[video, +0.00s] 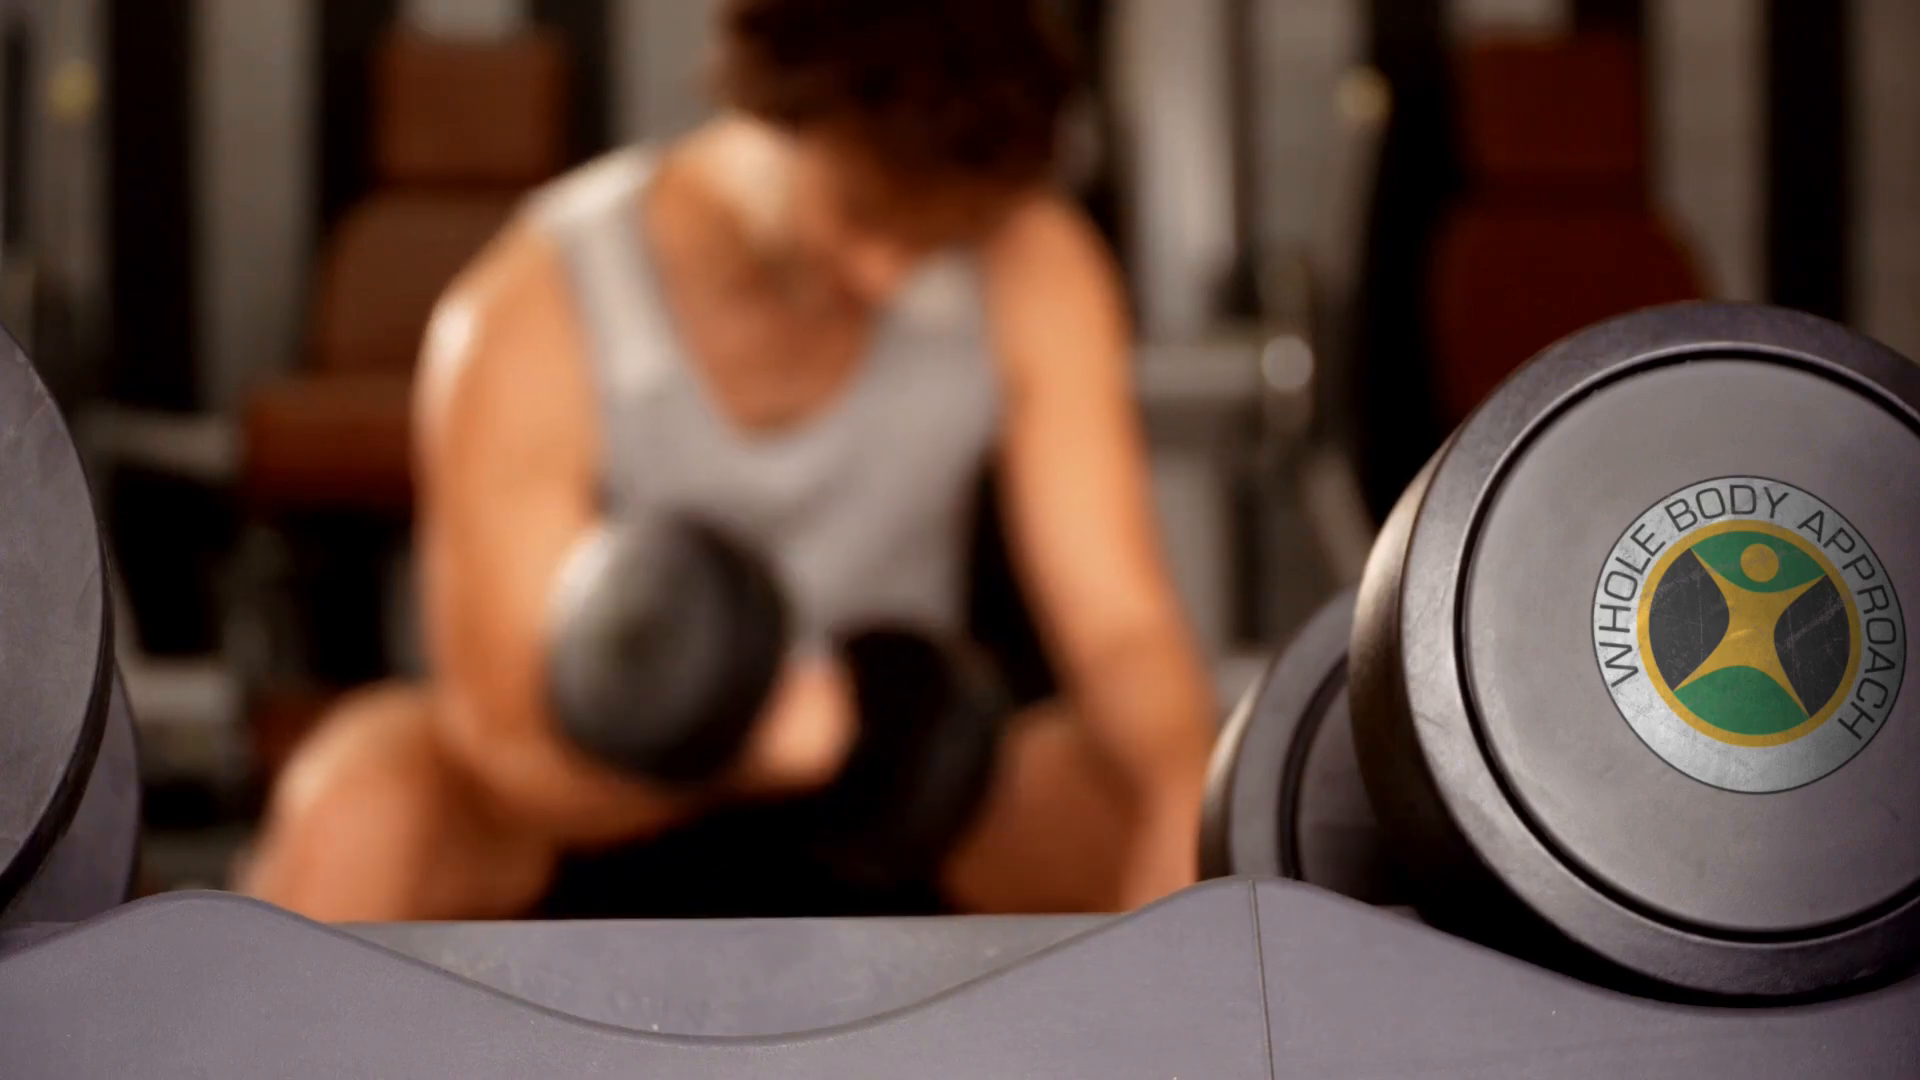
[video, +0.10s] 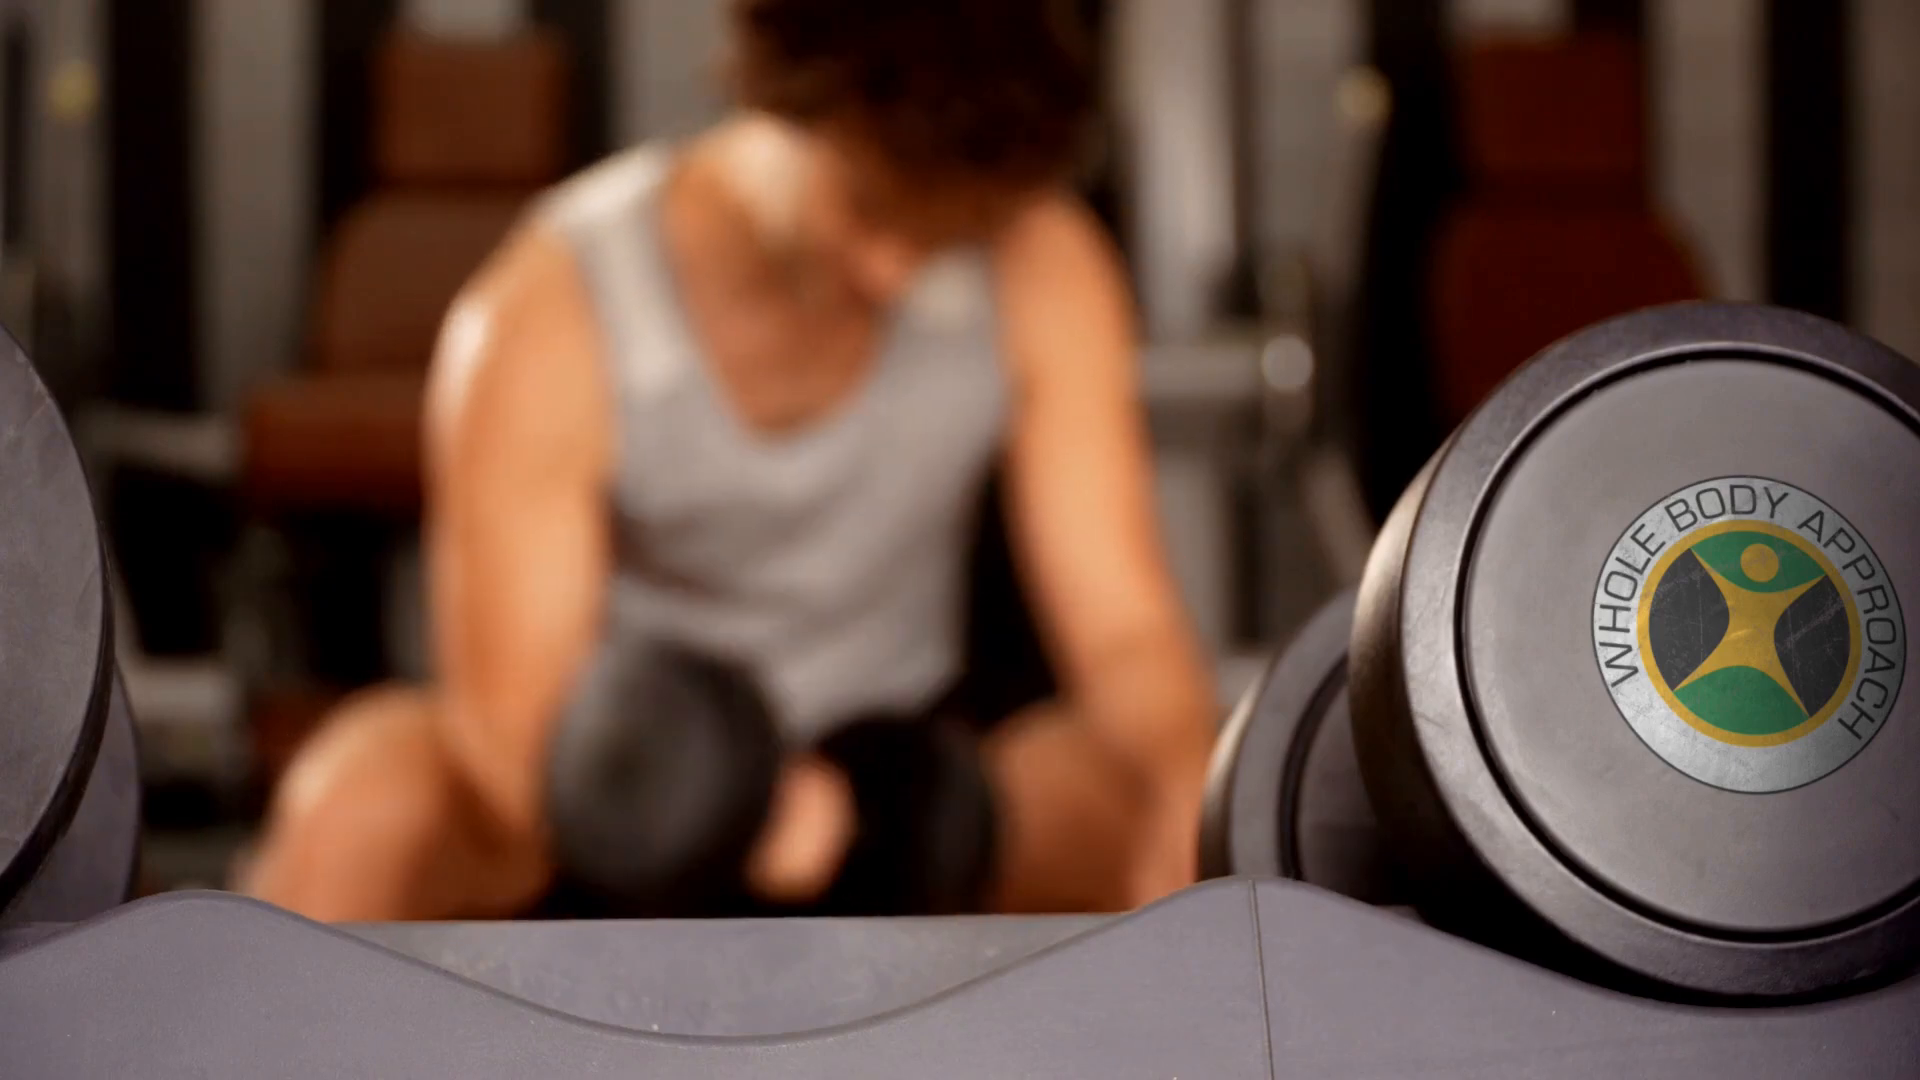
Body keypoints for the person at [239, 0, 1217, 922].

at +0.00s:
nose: (887, 274)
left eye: (934, 236)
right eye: (861, 220)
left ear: (989, 182)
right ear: (773, 125)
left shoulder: (1023, 256)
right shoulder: (525, 315)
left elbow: (1122, 630)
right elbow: (516, 757)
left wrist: (1188, 819)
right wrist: (797, 732)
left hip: (887, 794)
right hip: (597, 804)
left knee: (1197, 804)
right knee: (360, 789)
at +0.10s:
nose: (894, 271)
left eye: (944, 232)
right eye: (869, 214)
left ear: (1003, 177)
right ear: (784, 115)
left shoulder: (1034, 257)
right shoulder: (545, 314)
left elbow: (1126, 638)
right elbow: (514, 740)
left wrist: (1194, 806)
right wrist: (840, 820)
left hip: (900, 793)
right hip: (609, 796)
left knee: (1192, 796)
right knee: (361, 784)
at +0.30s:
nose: (915, 281)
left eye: (969, 241)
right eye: (890, 219)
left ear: (1024, 193)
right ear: (803, 120)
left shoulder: (1053, 265)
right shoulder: (584, 313)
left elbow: (1133, 644)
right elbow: (520, 793)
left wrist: (1202, 819)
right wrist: (680, 1043)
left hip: (902, 780)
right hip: (623, 789)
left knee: (1194, 811)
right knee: (365, 799)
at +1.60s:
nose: (917, 247)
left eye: (966, 201)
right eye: (885, 186)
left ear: (1012, 161)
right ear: (784, 97)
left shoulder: (1045, 255)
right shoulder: (588, 310)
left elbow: (1130, 639)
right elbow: (506, 753)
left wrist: (1187, 852)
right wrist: (677, 961)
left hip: (903, 768)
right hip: (624, 779)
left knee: (1193, 817)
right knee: (362, 794)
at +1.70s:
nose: (910, 235)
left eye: (961, 187)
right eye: (876, 171)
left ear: (1013, 155)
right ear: (780, 81)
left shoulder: (1042, 256)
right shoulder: (571, 308)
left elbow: (1135, 642)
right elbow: (509, 750)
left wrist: (1183, 842)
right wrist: (732, 870)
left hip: (907, 786)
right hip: (625, 792)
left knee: (1202, 781)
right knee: (368, 797)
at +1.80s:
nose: (907, 231)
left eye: (957, 183)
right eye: (873, 166)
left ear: (1010, 151)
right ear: (778, 77)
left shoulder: (1036, 257)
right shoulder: (556, 308)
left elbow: (1134, 641)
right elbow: (516, 733)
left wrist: (1183, 840)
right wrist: (850, 822)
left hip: (899, 803)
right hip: (623, 798)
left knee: (1188, 784)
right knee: (374, 789)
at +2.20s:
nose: (864, 231)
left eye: (910, 181)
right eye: (829, 168)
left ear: (959, 146)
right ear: (725, 89)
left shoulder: (999, 257)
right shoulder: (477, 320)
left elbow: (1120, 633)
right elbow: (523, 746)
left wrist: (1186, 883)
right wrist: (747, 691)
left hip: (895, 787)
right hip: (600, 796)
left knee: (1167, 811)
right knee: (372, 810)